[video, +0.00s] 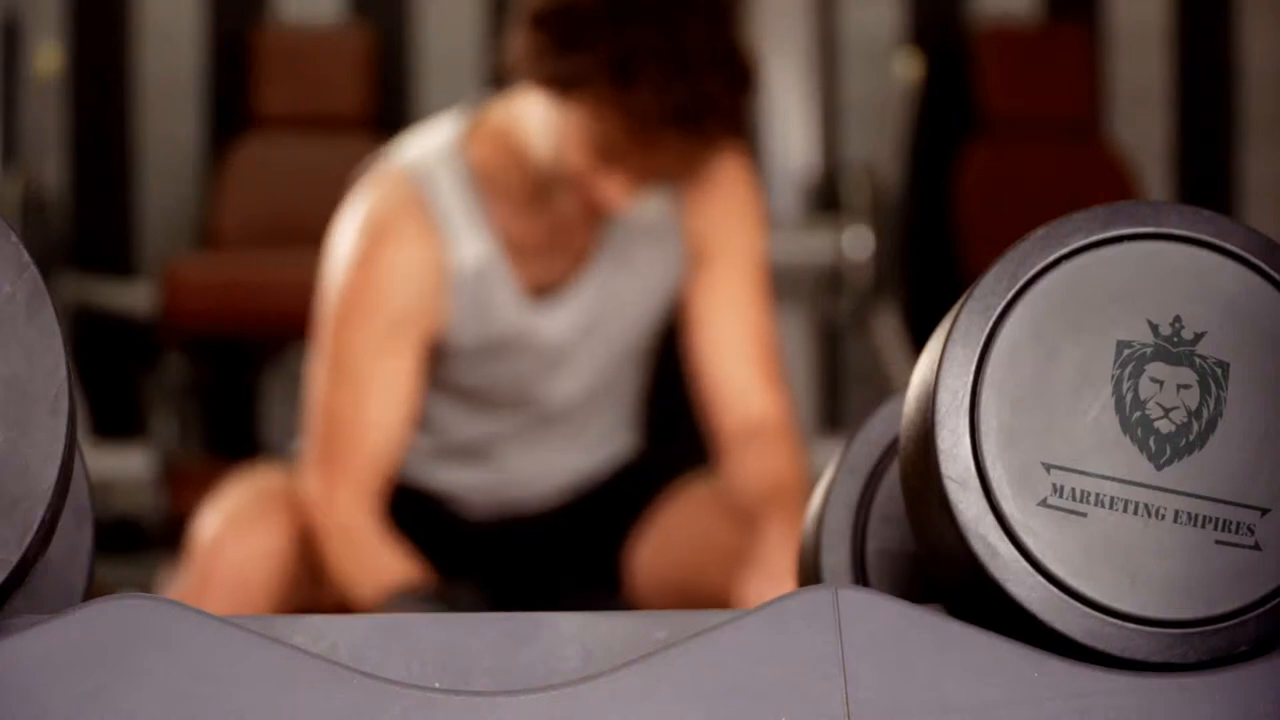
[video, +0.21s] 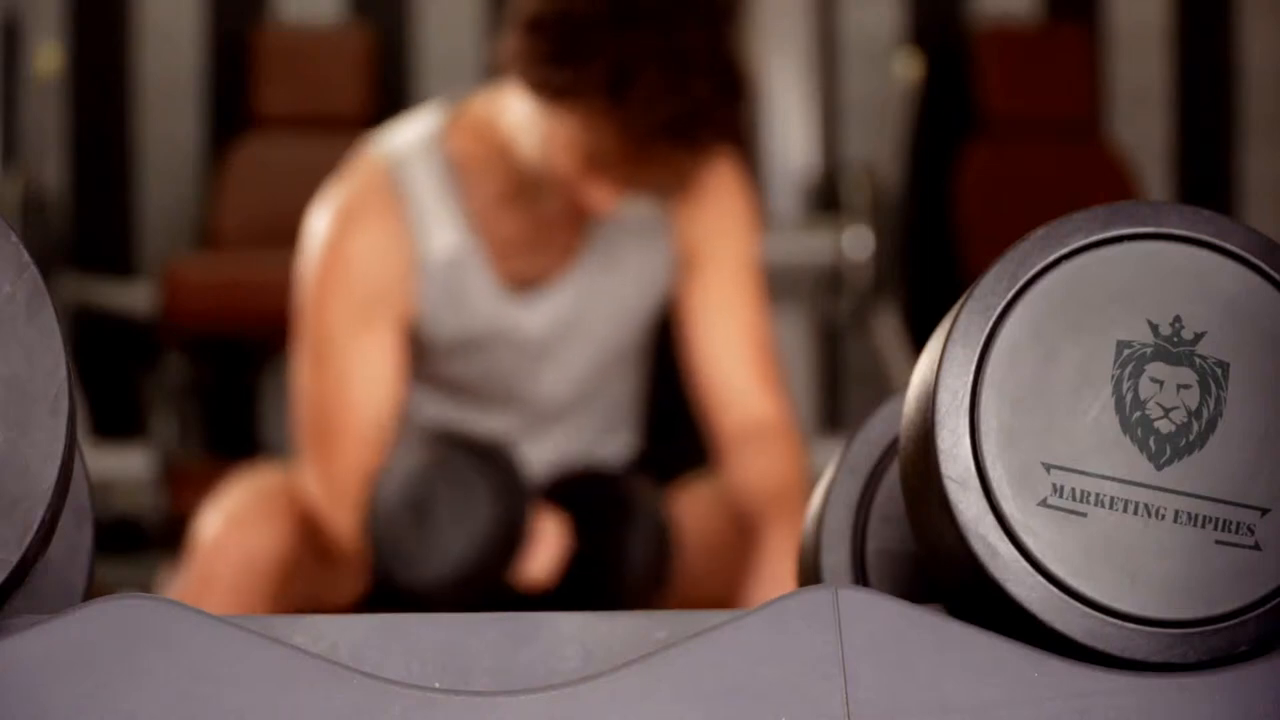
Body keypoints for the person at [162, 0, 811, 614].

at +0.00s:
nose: (622, 199)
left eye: (655, 175)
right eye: (606, 161)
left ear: (695, 146)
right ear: (553, 90)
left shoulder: (705, 175)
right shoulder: (402, 211)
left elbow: (753, 428)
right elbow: (340, 502)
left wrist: (779, 571)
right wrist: (449, 640)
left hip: (602, 515)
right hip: (417, 524)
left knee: (789, 539)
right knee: (245, 524)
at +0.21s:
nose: (609, 203)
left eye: (641, 177)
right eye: (593, 165)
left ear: (685, 148)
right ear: (539, 91)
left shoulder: (697, 177)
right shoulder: (372, 207)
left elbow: (756, 431)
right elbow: (343, 497)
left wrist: (775, 582)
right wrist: (518, 540)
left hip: (601, 537)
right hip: (405, 539)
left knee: (790, 521)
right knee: (247, 518)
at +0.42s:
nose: (597, 203)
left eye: (626, 176)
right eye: (582, 165)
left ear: (663, 144)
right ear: (523, 96)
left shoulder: (679, 175)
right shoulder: (337, 210)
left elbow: (749, 425)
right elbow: (343, 501)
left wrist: (782, 583)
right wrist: (493, 482)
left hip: (594, 522)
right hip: (396, 528)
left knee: (782, 533)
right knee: (239, 532)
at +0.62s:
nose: (577, 201)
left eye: (607, 175)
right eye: (563, 163)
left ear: (643, 141)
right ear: (498, 98)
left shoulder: (668, 176)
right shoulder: (321, 214)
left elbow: (747, 426)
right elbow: (339, 505)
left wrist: (783, 584)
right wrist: (488, 442)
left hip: (604, 524)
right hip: (398, 537)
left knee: (782, 539)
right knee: (232, 532)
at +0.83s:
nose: (584, 194)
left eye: (613, 168)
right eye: (566, 155)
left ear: (649, 133)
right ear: (508, 95)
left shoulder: (671, 172)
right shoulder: (335, 215)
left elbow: (747, 423)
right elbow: (340, 513)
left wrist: (787, 581)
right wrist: (484, 435)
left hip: (603, 523)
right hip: (402, 537)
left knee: (783, 539)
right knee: (239, 531)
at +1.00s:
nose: (591, 182)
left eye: (621, 156)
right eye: (573, 145)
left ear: (658, 121)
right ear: (514, 84)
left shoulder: (681, 170)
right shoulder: (350, 210)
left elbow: (749, 425)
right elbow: (343, 503)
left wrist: (797, 544)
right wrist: (498, 494)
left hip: (595, 534)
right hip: (399, 538)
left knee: (797, 534)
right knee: (242, 523)